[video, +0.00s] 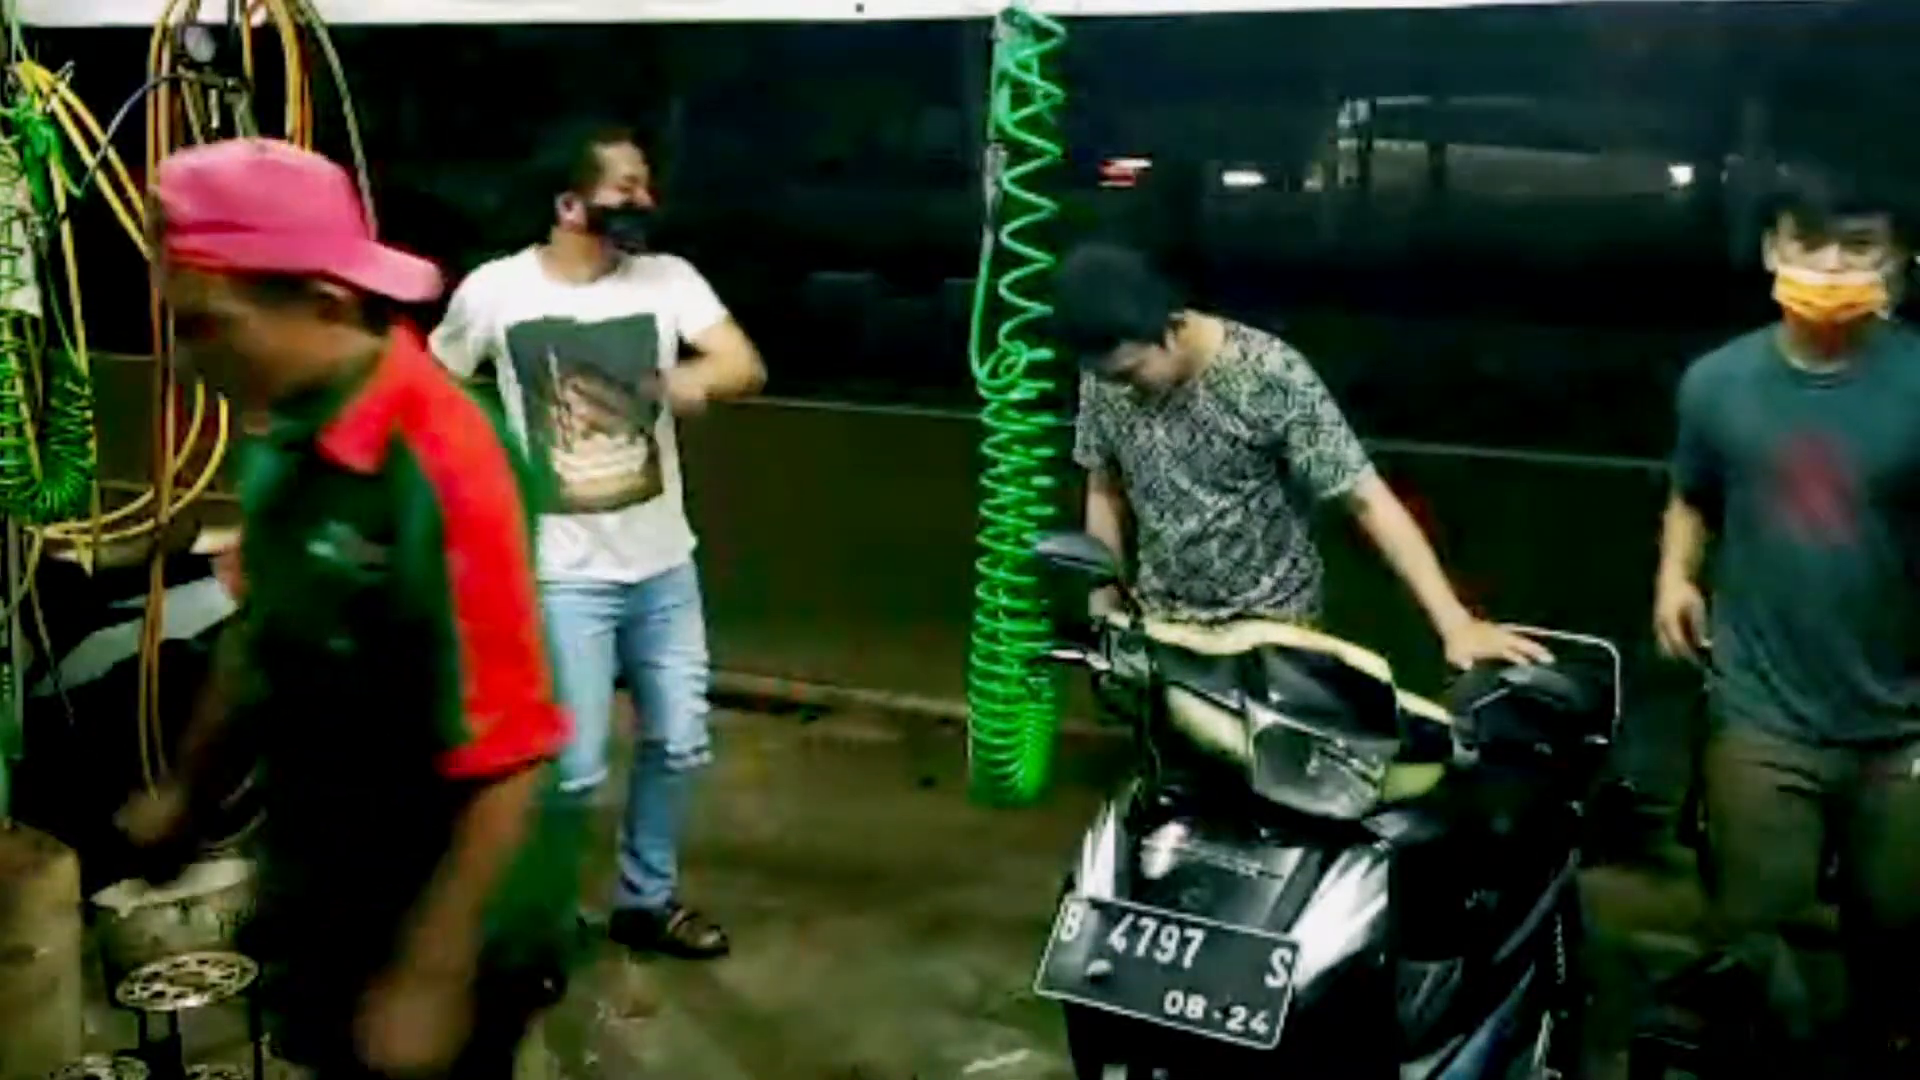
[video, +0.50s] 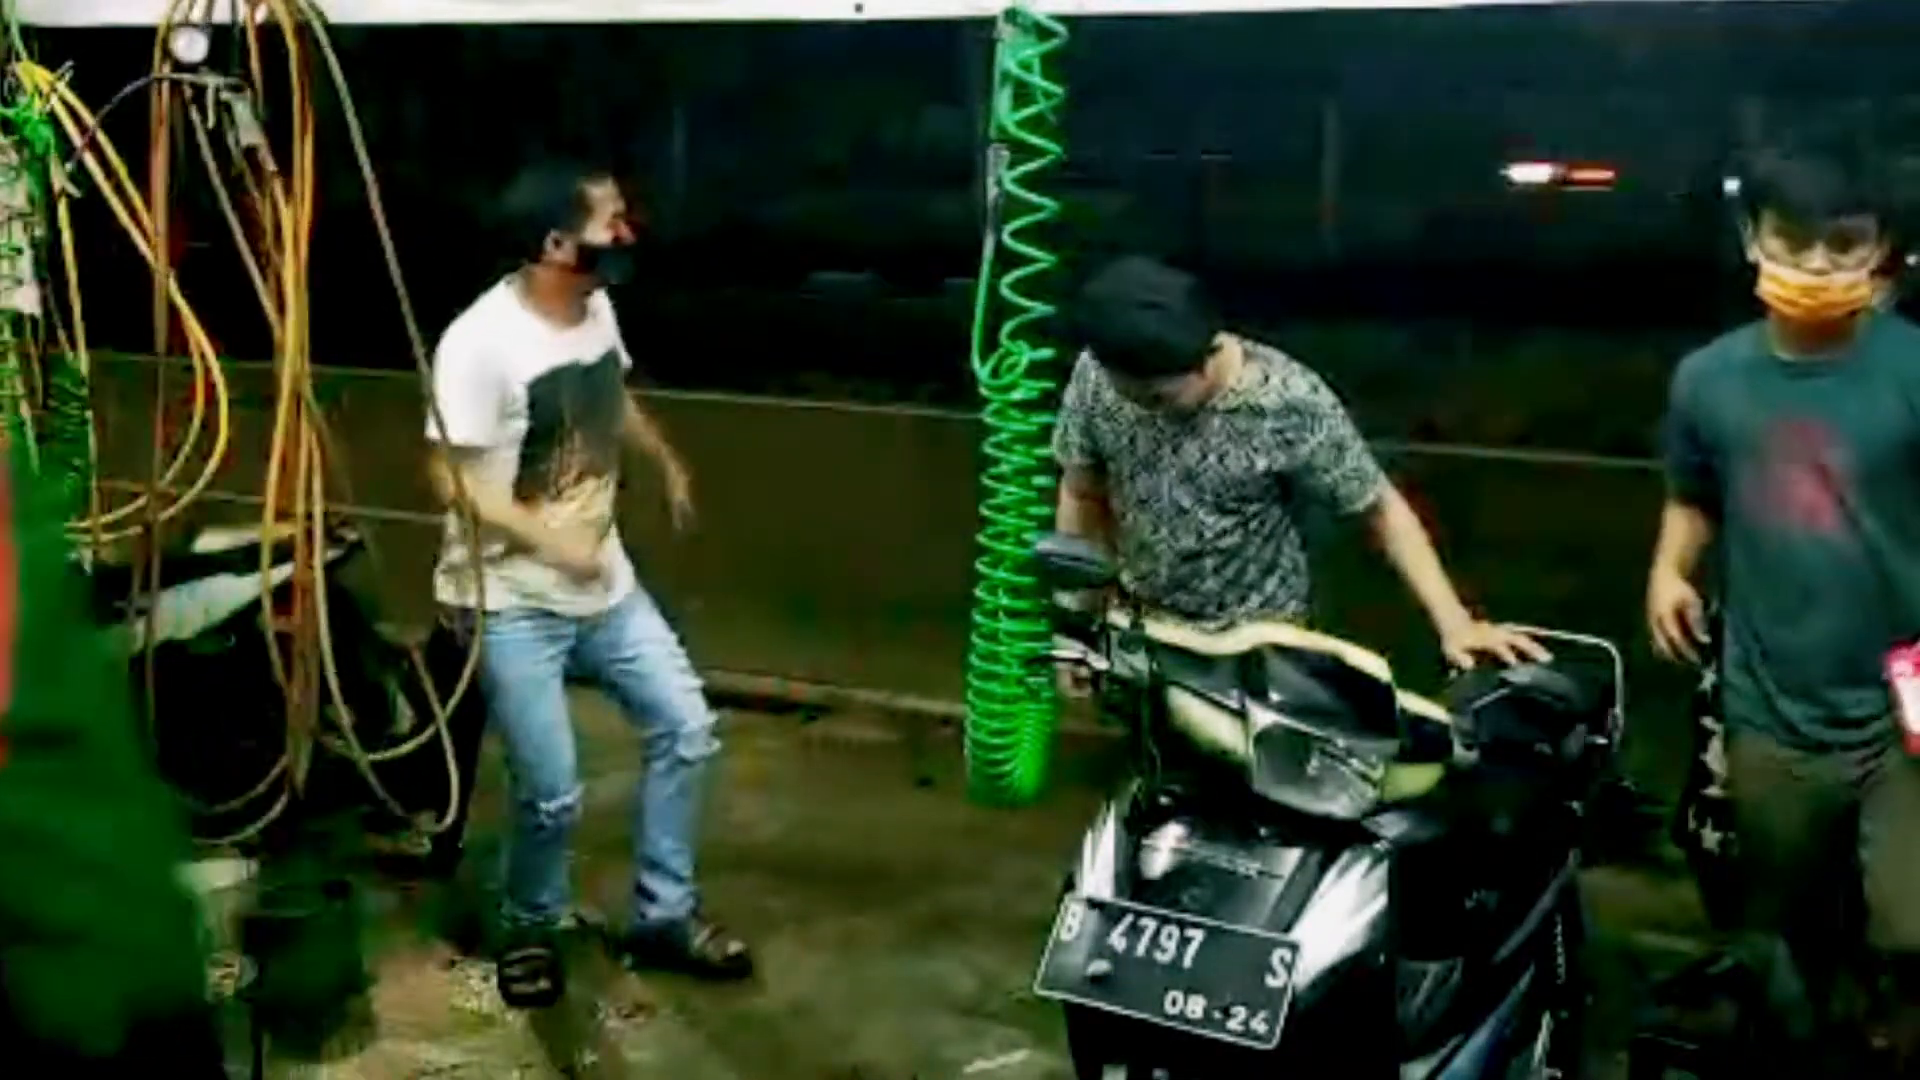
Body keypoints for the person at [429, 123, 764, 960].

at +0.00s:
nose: (641, 201)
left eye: (644, 186)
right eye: (623, 187)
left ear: (648, 198)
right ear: (570, 202)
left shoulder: (665, 281)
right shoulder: (495, 292)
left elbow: (741, 364)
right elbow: (427, 394)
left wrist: (683, 381)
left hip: (662, 562)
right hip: (562, 570)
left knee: (679, 744)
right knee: (576, 766)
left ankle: (647, 902)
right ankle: (546, 915)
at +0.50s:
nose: (622, 236)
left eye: (620, 221)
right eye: (607, 224)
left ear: (577, 245)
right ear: (553, 242)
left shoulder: (594, 308)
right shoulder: (477, 342)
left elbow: (612, 402)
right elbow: (448, 476)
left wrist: (668, 462)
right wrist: (541, 533)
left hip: (604, 584)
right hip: (509, 601)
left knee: (688, 731)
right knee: (552, 790)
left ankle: (662, 918)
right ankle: (530, 928)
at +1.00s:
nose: (666, 236)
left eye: (671, 217)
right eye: (643, 222)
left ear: (679, 220)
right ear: (590, 232)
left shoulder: (680, 319)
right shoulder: (534, 321)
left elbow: (706, 433)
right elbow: (487, 449)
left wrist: (757, 523)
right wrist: (563, 513)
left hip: (668, 585)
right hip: (567, 598)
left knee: (716, 766)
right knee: (612, 790)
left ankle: (668, 931)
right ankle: (548, 922)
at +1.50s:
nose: (579, 217)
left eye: (596, 198)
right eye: (560, 204)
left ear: (635, 208)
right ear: (540, 223)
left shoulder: (696, 316)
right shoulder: (517, 326)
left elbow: (739, 448)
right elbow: (499, 438)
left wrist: (652, 458)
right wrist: (498, 552)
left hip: (680, 611)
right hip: (561, 617)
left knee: (718, 820)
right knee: (570, 833)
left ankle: (695, 913)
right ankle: (632, 989)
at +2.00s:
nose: (661, 227)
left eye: (681, 207)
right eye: (640, 210)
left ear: (719, 213)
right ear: (614, 220)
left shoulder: (759, 308)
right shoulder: (569, 310)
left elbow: (830, 371)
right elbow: (440, 395)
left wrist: (888, 463)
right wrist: (490, 377)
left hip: (743, 631)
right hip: (619, 634)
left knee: (757, 856)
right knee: (614, 852)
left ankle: (764, 1049)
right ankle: (632, 1001)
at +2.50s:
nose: (687, 229)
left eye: (707, 211)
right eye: (665, 212)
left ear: (737, 221)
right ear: (630, 228)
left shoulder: (783, 321)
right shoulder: (602, 325)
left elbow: (830, 445)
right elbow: (573, 430)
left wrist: (721, 442)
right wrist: (528, 534)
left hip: (766, 659)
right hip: (637, 662)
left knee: (780, 894)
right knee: (644, 913)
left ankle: (765, 1054)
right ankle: (634, 1072)